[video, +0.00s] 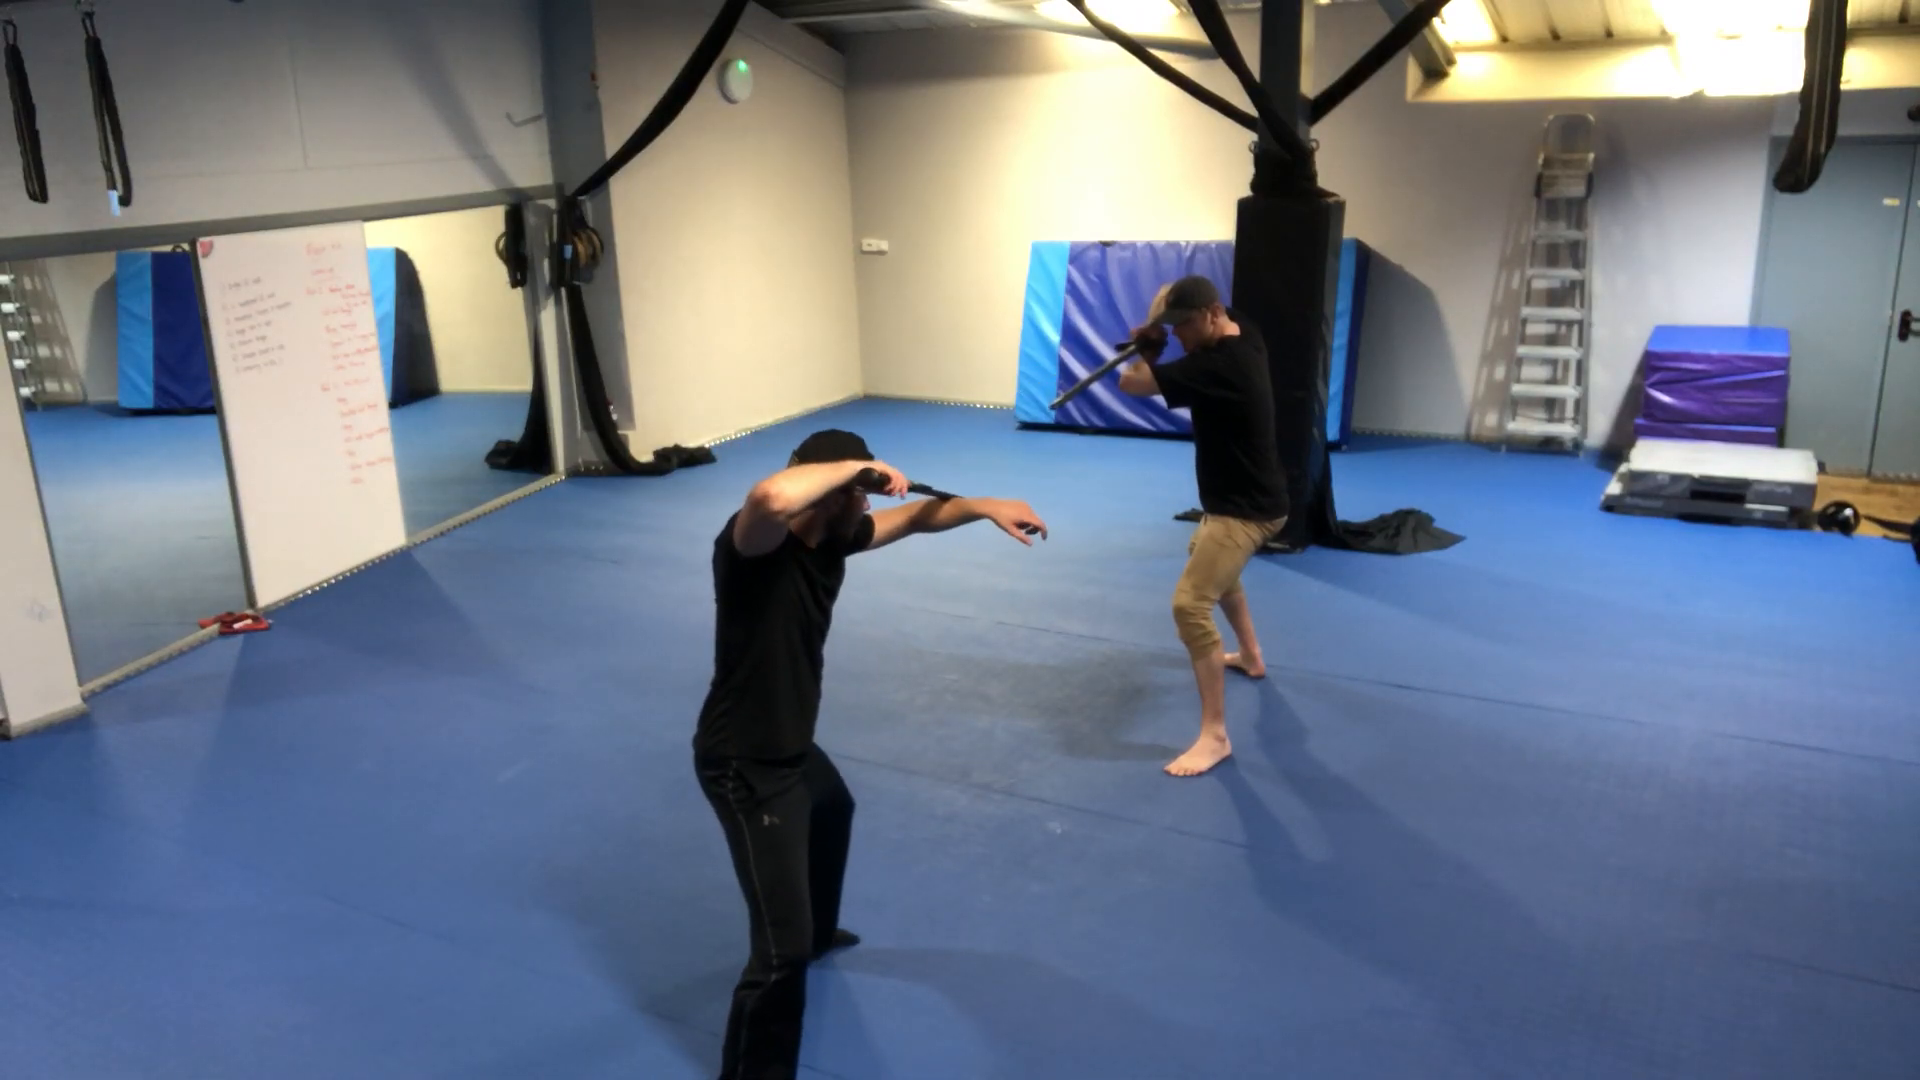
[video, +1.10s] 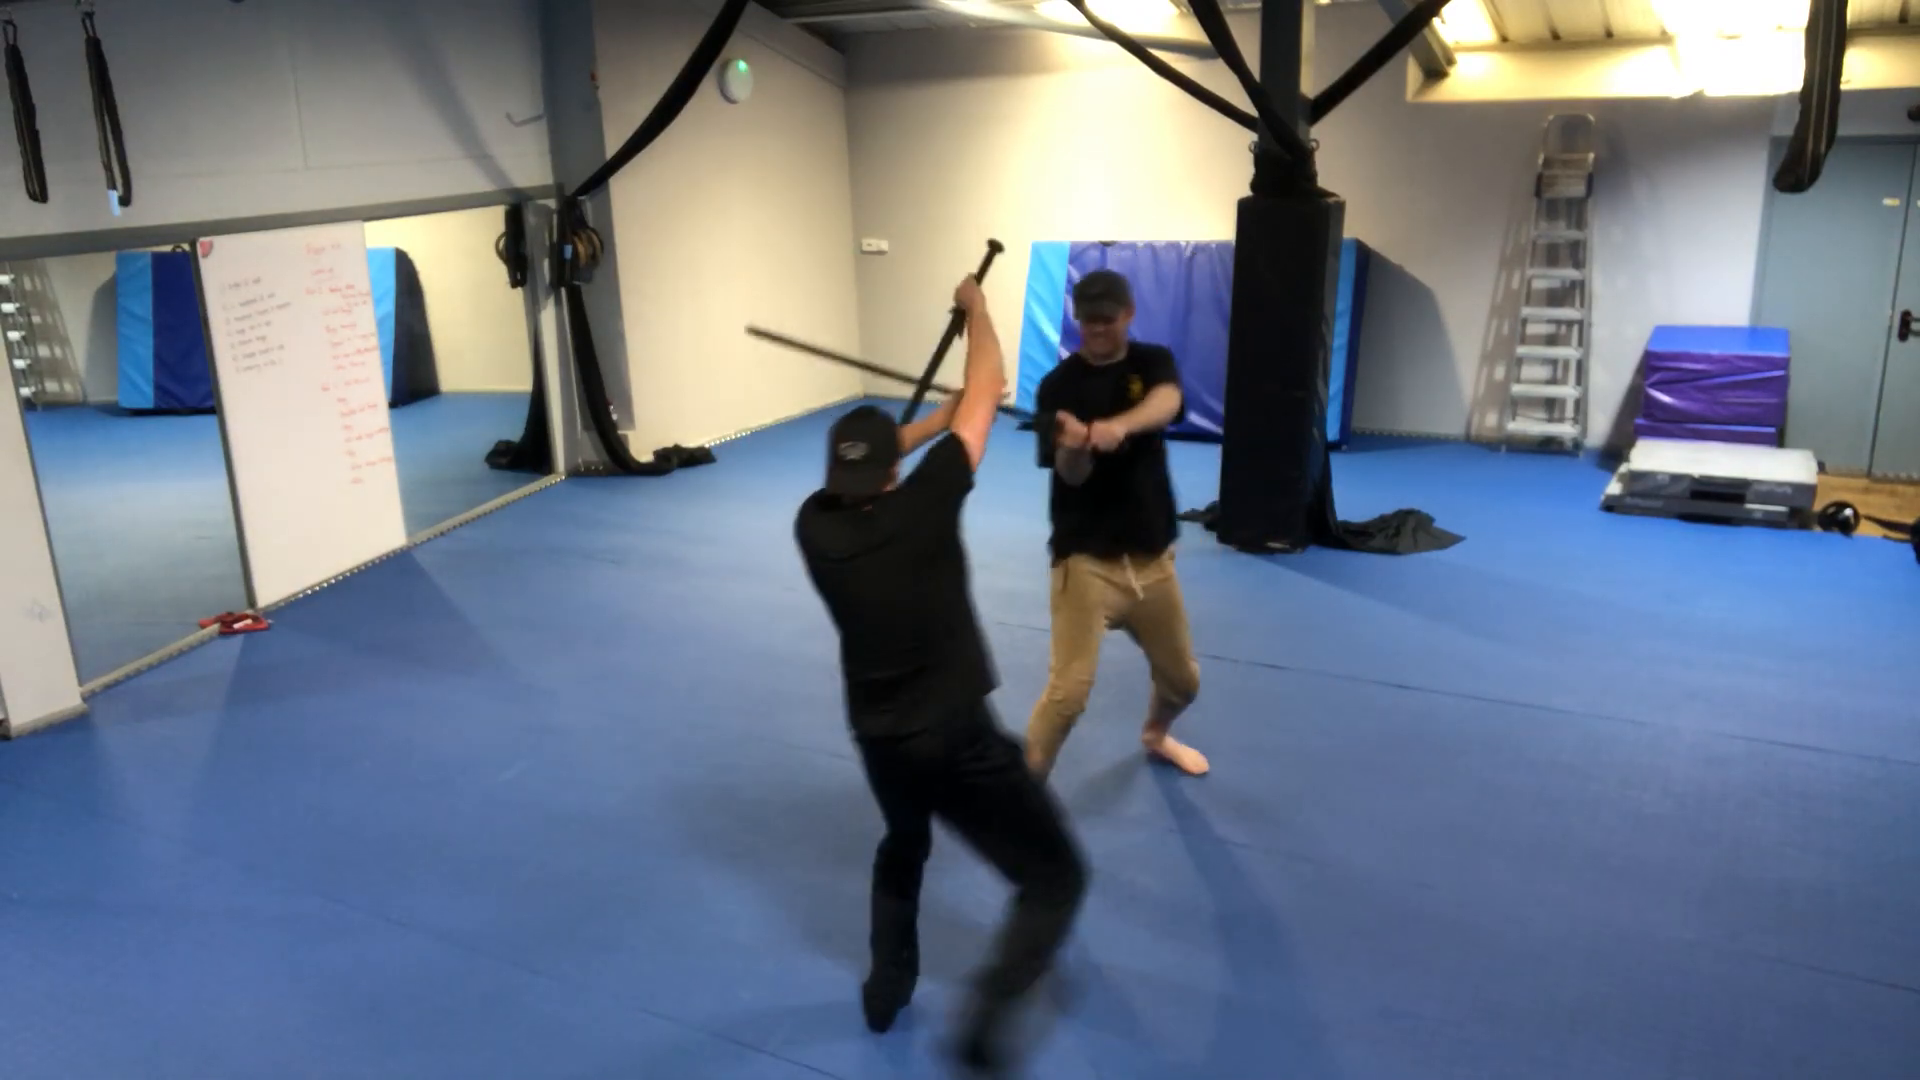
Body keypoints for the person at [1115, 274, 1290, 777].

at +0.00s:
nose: (1179, 337)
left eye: (1183, 329)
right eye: (1175, 329)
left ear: (1211, 317)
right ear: (1213, 317)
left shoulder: (1218, 364)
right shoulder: (1240, 340)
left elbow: (1133, 381)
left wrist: (1150, 347)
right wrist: (1155, 326)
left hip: (1244, 511)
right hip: (1236, 501)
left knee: (1192, 608)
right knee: (1208, 558)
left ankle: (1214, 734)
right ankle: (1250, 653)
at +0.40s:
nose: (1182, 315)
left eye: (1190, 307)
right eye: (1179, 307)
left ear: (1218, 301)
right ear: (1210, 303)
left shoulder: (1210, 352)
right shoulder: (1234, 332)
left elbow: (1150, 411)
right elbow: (1163, 345)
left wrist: (1105, 382)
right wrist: (1112, 349)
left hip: (1240, 501)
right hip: (1244, 491)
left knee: (1191, 603)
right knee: (1213, 575)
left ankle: (1212, 728)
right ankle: (1264, 651)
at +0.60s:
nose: (1187, 316)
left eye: (1197, 307)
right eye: (1180, 307)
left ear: (1221, 306)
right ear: (1172, 308)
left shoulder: (1235, 353)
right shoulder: (1178, 357)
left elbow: (1165, 400)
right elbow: (1143, 410)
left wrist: (1098, 387)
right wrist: (1100, 376)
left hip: (1235, 513)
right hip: (1188, 507)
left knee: (1179, 619)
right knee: (1216, 592)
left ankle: (1204, 730)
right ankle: (1261, 647)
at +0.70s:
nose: (1181, 312)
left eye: (1192, 303)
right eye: (1174, 302)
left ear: (1215, 301)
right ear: (1164, 302)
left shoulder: (1238, 338)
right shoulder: (1158, 356)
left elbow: (1179, 359)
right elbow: (1115, 436)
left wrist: (1097, 358)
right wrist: (1087, 372)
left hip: (1223, 510)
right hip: (1168, 507)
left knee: (1181, 635)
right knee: (1163, 625)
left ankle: (1206, 734)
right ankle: (1229, 630)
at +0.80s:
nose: (1169, 309)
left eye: (1178, 298)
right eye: (1159, 299)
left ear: (1199, 293)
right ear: (1146, 297)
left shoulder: (1225, 329)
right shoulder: (1133, 357)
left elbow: (1193, 344)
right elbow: (1114, 433)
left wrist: (1097, 345)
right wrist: (1084, 367)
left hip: (1213, 508)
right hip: (1149, 507)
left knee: (1190, 646)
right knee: (1122, 637)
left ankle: (1208, 732)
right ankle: (1173, 675)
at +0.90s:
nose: (1147, 306)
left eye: (1156, 295)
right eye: (1137, 296)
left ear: (1176, 290)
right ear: (1124, 295)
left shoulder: (1201, 325)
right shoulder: (1110, 352)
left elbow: (1196, 349)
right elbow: (1111, 442)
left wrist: (1105, 364)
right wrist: (1082, 381)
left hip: (1194, 518)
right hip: (1126, 518)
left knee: (1194, 653)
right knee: (1091, 645)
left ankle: (1205, 735)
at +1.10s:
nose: (1096, 332)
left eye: (1107, 322)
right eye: (1087, 322)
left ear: (1128, 317)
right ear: (1074, 320)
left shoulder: (1154, 361)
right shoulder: (1058, 384)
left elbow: (1168, 402)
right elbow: (1069, 475)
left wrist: (1120, 425)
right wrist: (1074, 447)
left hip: (1151, 557)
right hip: (1083, 561)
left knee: (1180, 682)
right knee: (1067, 696)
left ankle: (1155, 735)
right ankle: (1022, 797)